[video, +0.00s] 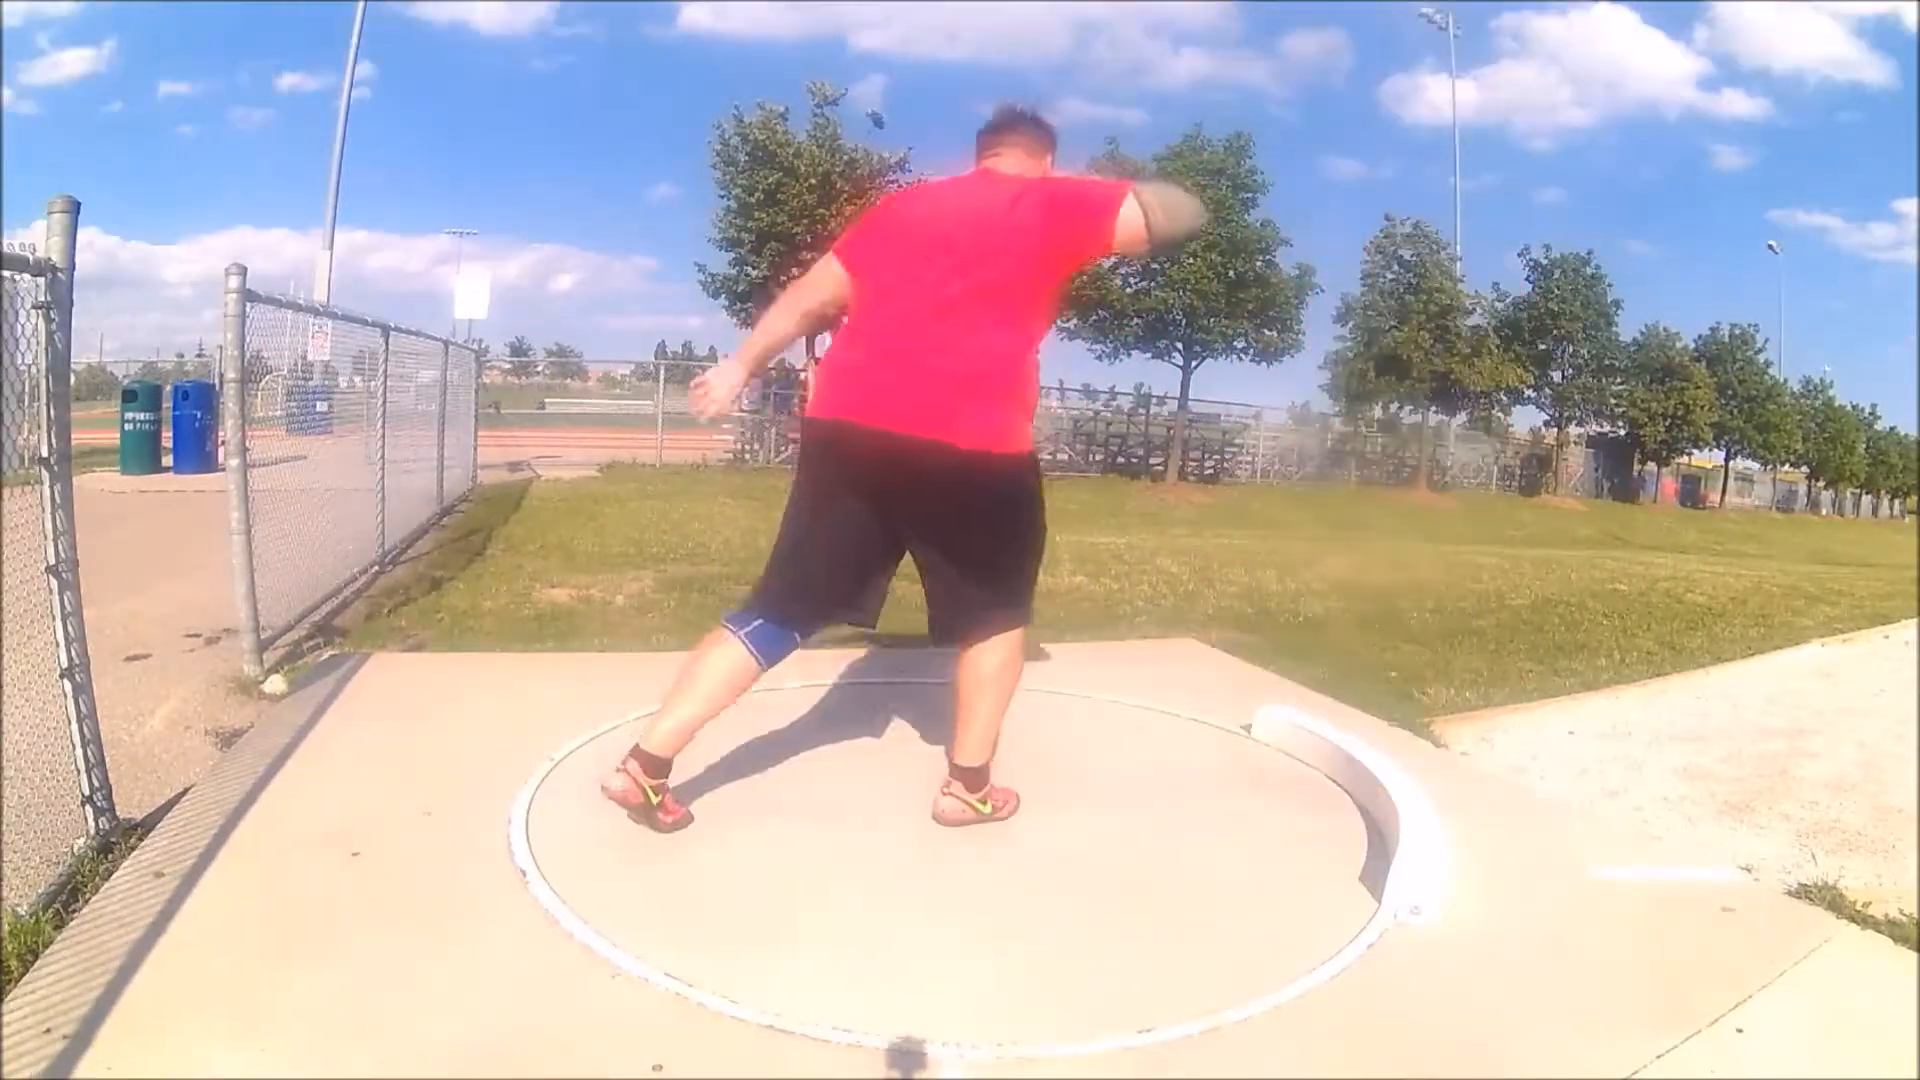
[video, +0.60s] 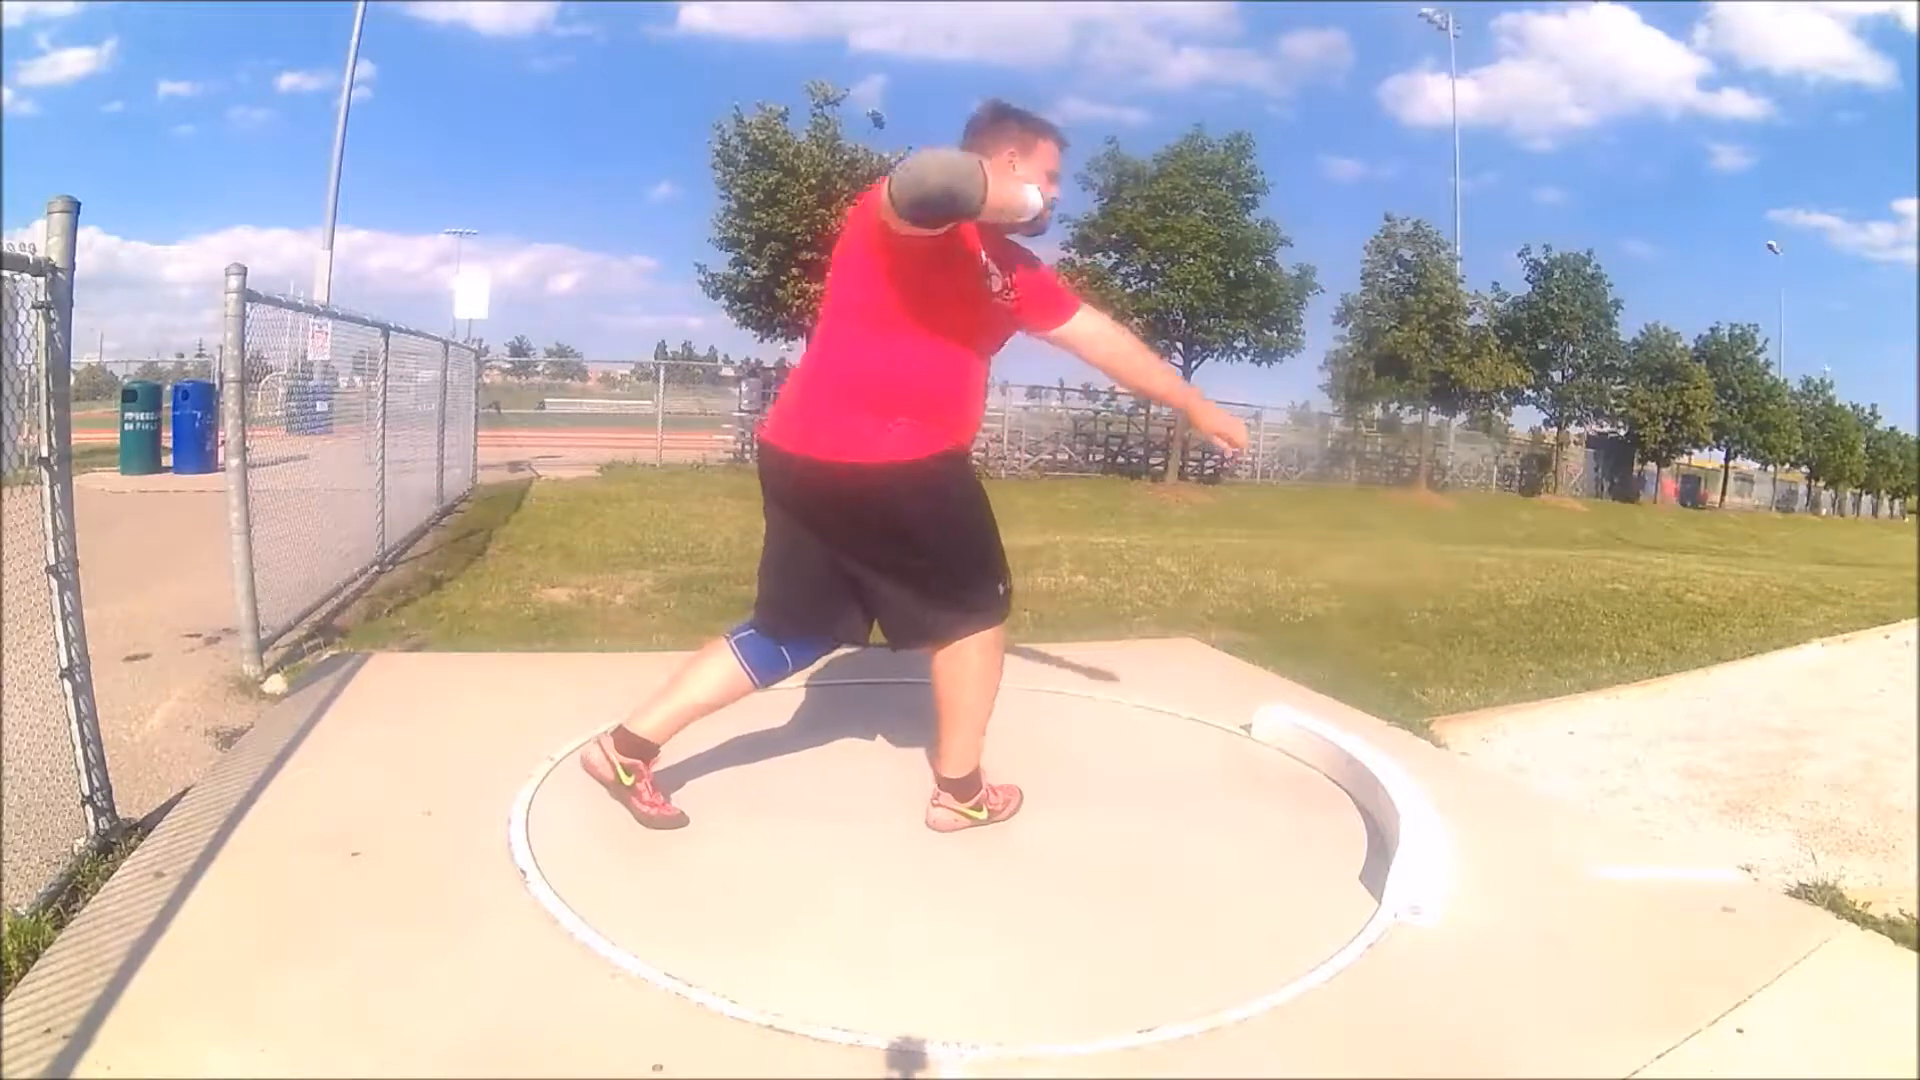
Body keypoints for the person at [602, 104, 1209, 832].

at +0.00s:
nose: (1049, 171)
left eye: (1040, 164)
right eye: (1048, 163)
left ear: (980, 154)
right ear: (1046, 161)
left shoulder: (903, 205)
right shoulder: (1060, 202)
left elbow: (811, 295)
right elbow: (1183, 213)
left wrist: (739, 366)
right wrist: (1119, 187)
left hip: (849, 435)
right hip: (975, 451)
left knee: (778, 607)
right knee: (996, 611)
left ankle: (649, 757)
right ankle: (966, 783)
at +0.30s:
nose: (1059, 186)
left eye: (1060, 178)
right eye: (1060, 176)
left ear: (991, 159)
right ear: (1045, 166)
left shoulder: (933, 213)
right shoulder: (1020, 197)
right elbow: (1110, 204)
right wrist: (1091, 220)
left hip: (829, 442)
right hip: (948, 457)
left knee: (791, 626)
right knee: (999, 611)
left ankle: (638, 752)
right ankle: (965, 782)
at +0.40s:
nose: (1059, 189)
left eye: (1064, 177)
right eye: (1056, 175)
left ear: (985, 160)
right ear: (1023, 162)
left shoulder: (921, 216)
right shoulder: (982, 202)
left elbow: (1022, 339)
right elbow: (1052, 190)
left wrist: (1066, 393)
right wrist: (1090, 209)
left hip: (817, 446)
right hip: (931, 459)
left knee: (798, 624)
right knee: (996, 606)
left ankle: (636, 748)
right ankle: (964, 785)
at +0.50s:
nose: (1061, 198)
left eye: (1063, 181)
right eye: (1056, 179)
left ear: (996, 154)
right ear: (1011, 165)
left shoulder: (1002, 268)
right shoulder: (923, 207)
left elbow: (1070, 335)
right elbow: (978, 185)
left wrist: (1152, 395)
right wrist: (1039, 201)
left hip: (809, 454)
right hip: (922, 466)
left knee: (793, 628)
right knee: (987, 613)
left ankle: (634, 743)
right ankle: (960, 788)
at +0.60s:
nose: (1048, 195)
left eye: (1055, 183)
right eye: (1043, 177)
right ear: (993, 158)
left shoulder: (1014, 273)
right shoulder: (896, 211)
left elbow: (1104, 340)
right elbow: (932, 183)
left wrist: (1199, 406)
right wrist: (1013, 195)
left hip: (801, 457)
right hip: (905, 464)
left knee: (794, 626)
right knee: (973, 609)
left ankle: (632, 742)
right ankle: (958, 785)